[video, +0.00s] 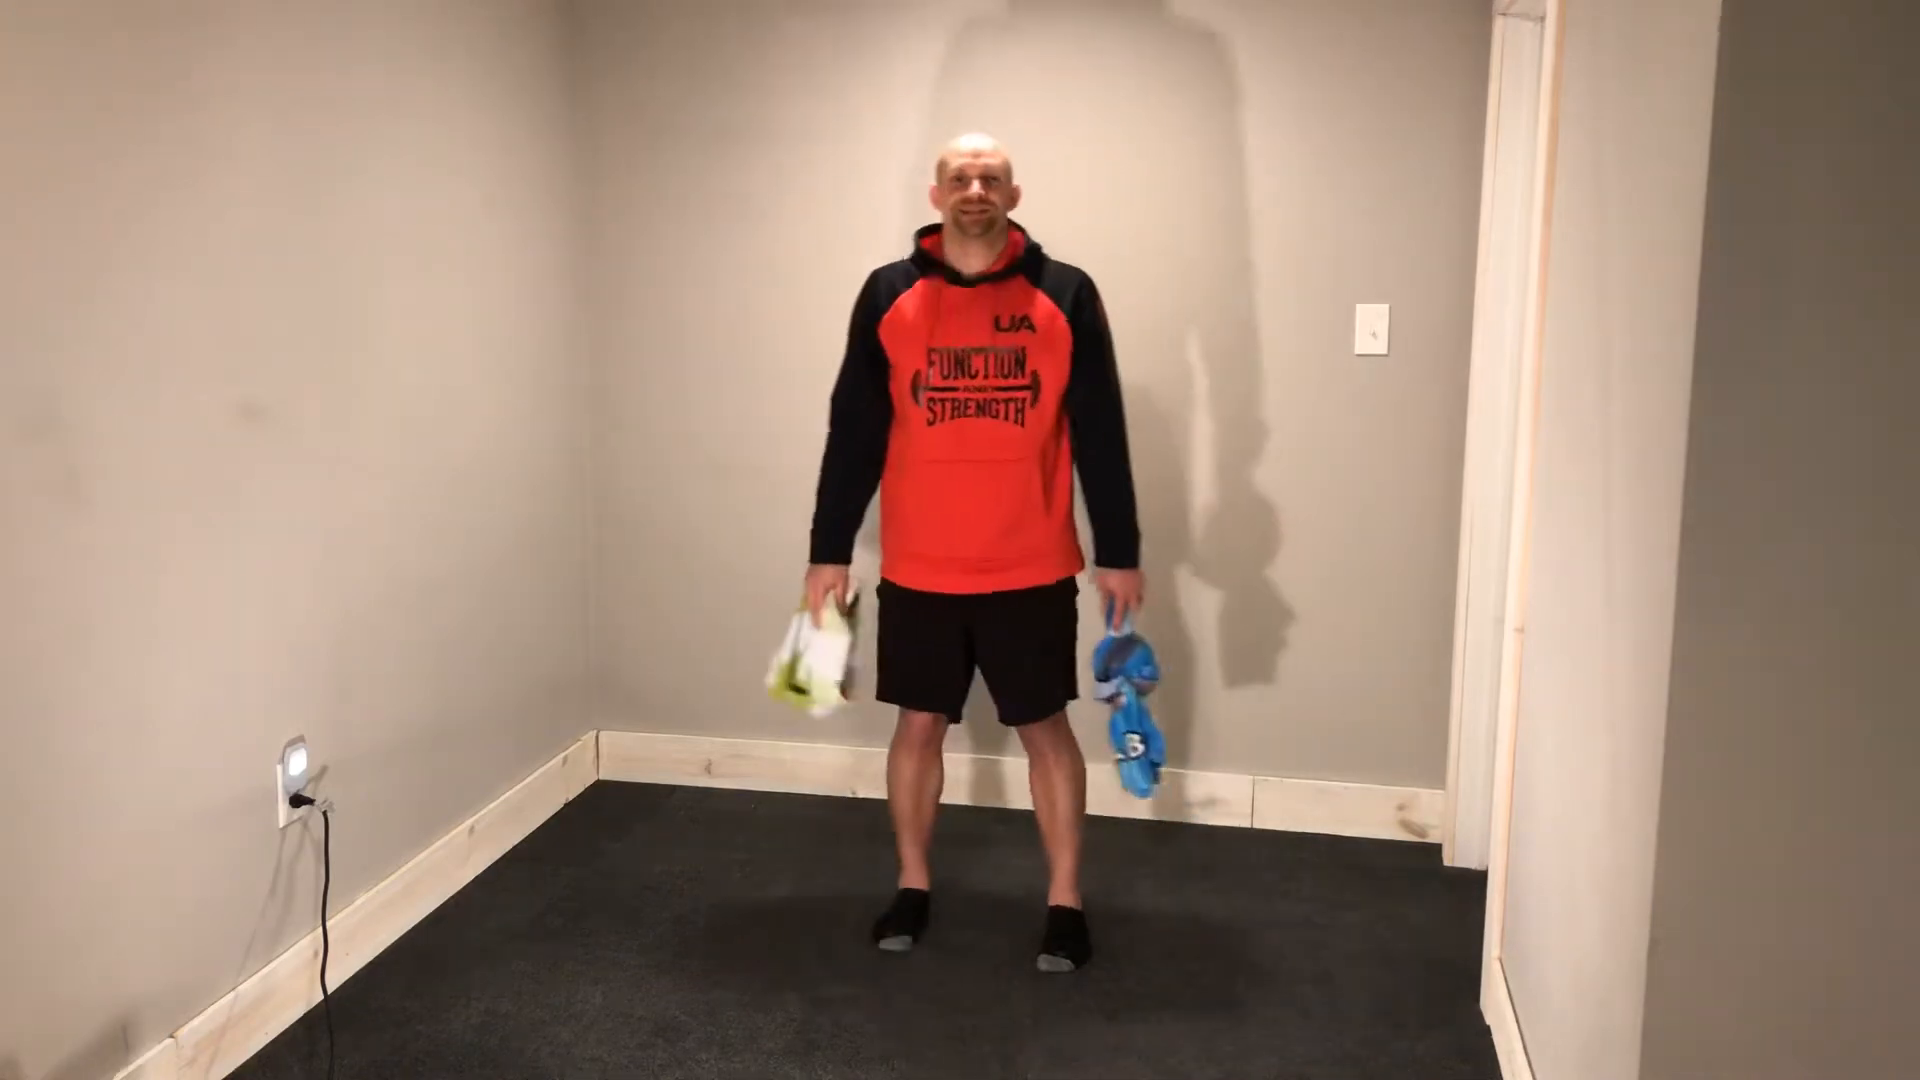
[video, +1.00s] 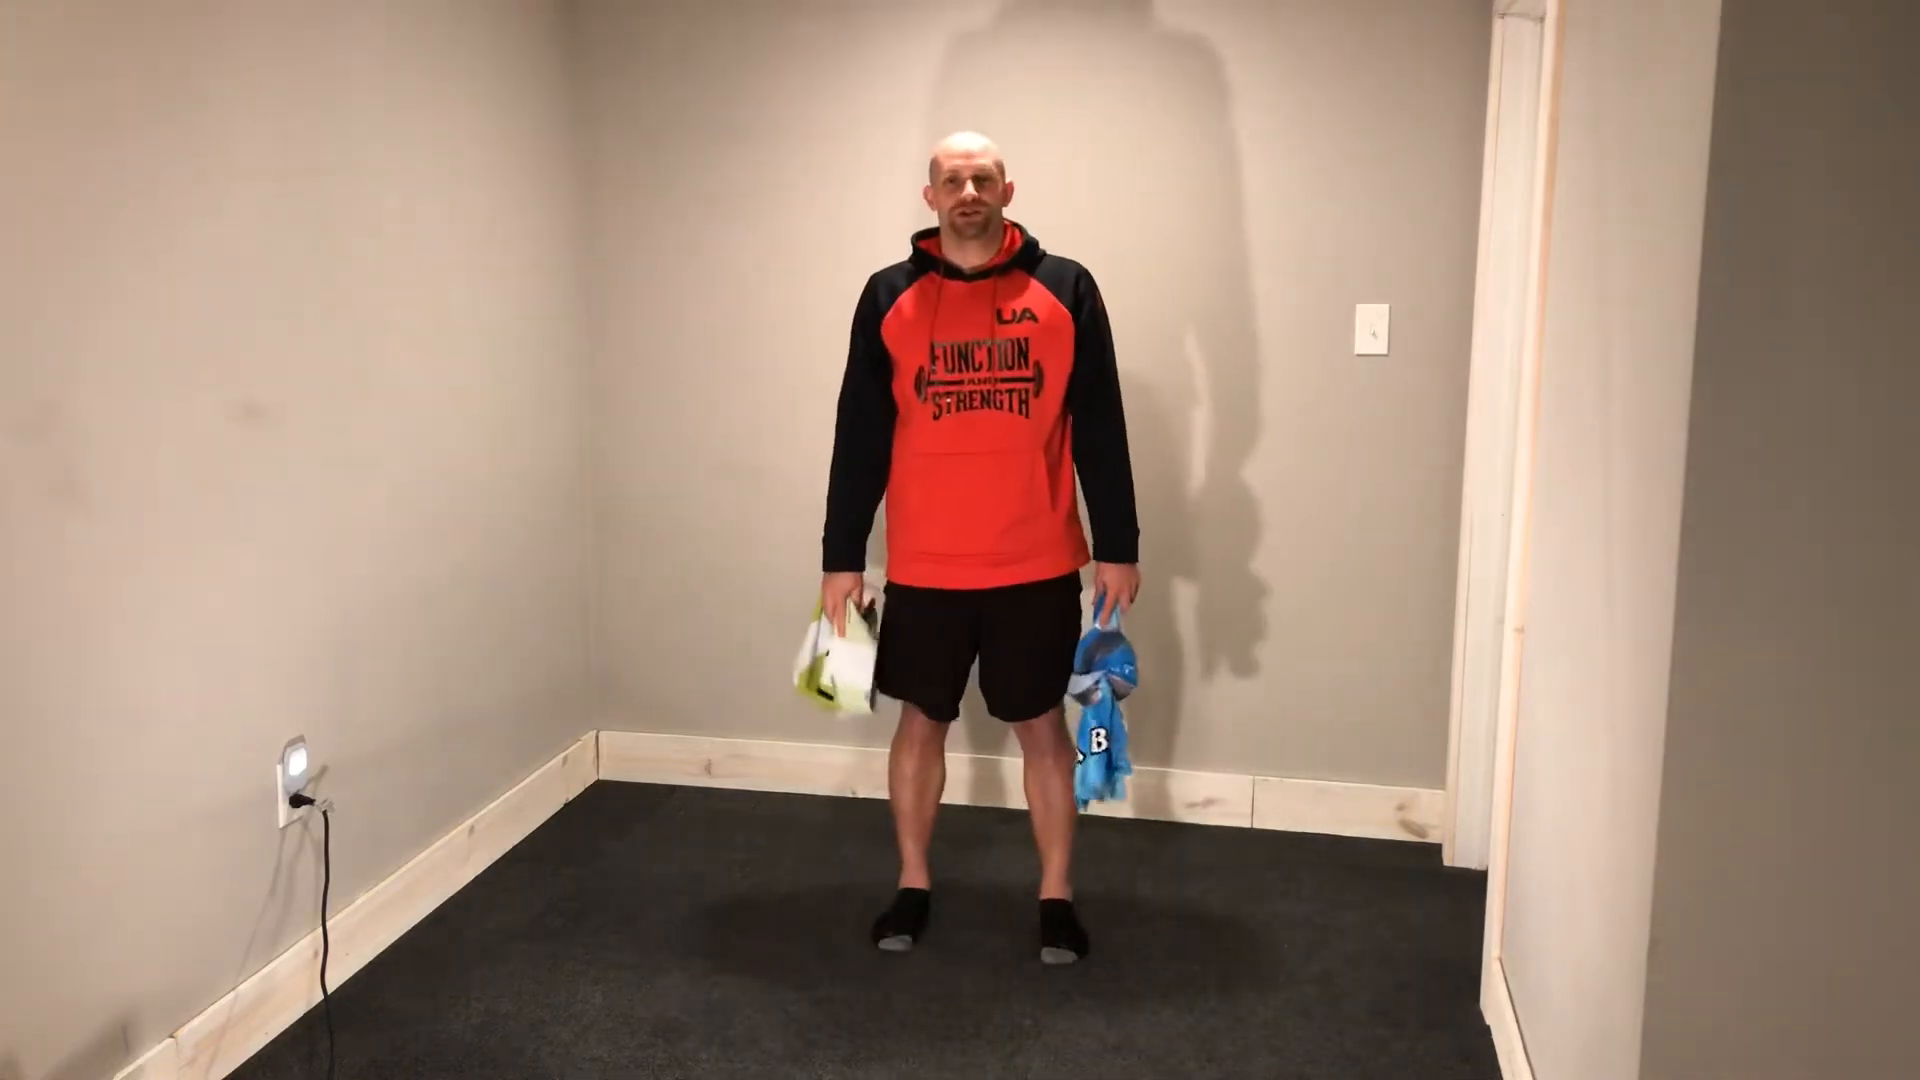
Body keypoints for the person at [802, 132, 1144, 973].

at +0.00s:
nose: (976, 189)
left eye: (991, 178)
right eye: (959, 177)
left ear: (1014, 197)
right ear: (934, 196)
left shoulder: (1064, 295)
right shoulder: (889, 294)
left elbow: (1099, 430)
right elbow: (855, 430)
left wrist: (1119, 553)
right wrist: (829, 551)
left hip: (1028, 564)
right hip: (919, 565)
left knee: (1042, 726)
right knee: (919, 721)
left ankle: (1065, 905)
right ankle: (912, 889)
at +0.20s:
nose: (938, 195)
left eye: (950, 181)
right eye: (920, 185)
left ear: (975, 194)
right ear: (896, 204)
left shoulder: (1035, 287)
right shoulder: (860, 303)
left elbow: (1073, 419)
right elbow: (828, 438)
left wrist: (1088, 537)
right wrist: (806, 559)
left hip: (1018, 557)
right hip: (912, 566)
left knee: (1039, 719)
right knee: (914, 720)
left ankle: (1063, 892)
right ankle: (910, 885)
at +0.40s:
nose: (934, 194)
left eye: (946, 180)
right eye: (917, 185)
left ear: (973, 191)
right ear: (893, 204)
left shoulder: (1036, 286)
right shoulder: (861, 304)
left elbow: (1077, 417)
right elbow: (832, 438)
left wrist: (1097, 536)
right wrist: (812, 561)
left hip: (1018, 554)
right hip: (912, 563)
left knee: (1036, 719)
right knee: (914, 719)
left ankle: (1055, 896)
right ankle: (911, 886)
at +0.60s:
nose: (946, 193)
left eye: (959, 179)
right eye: (929, 182)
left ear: (984, 191)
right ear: (905, 201)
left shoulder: (1045, 287)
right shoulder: (870, 301)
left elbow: (1085, 420)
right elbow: (845, 437)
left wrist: (1107, 540)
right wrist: (831, 562)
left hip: (1023, 557)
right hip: (914, 563)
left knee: (1037, 720)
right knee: (914, 723)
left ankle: (1056, 898)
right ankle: (912, 888)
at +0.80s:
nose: (959, 189)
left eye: (973, 176)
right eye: (942, 178)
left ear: (1000, 192)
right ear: (920, 199)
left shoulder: (1058, 291)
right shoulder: (881, 298)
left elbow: (1091, 424)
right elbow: (855, 435)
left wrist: (1108, 545)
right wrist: (843, 558)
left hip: (1028, 562)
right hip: (918, 565)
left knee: (1038, 727)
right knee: (916, 723)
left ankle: (1057, 899)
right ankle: (911, 889)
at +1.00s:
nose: (968, 191)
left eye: (981, 177)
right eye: (951, 180)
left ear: (1008, 191)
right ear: (929, 198)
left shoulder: (1065, 291)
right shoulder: (890, 297)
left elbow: (1099, 426)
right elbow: (860, 433)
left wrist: (1118, 547)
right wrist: (842, 555)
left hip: (1034, 561)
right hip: (926, 564)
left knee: (1042, 729)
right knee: (920, 724)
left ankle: (1057, 900)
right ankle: (911, 890)